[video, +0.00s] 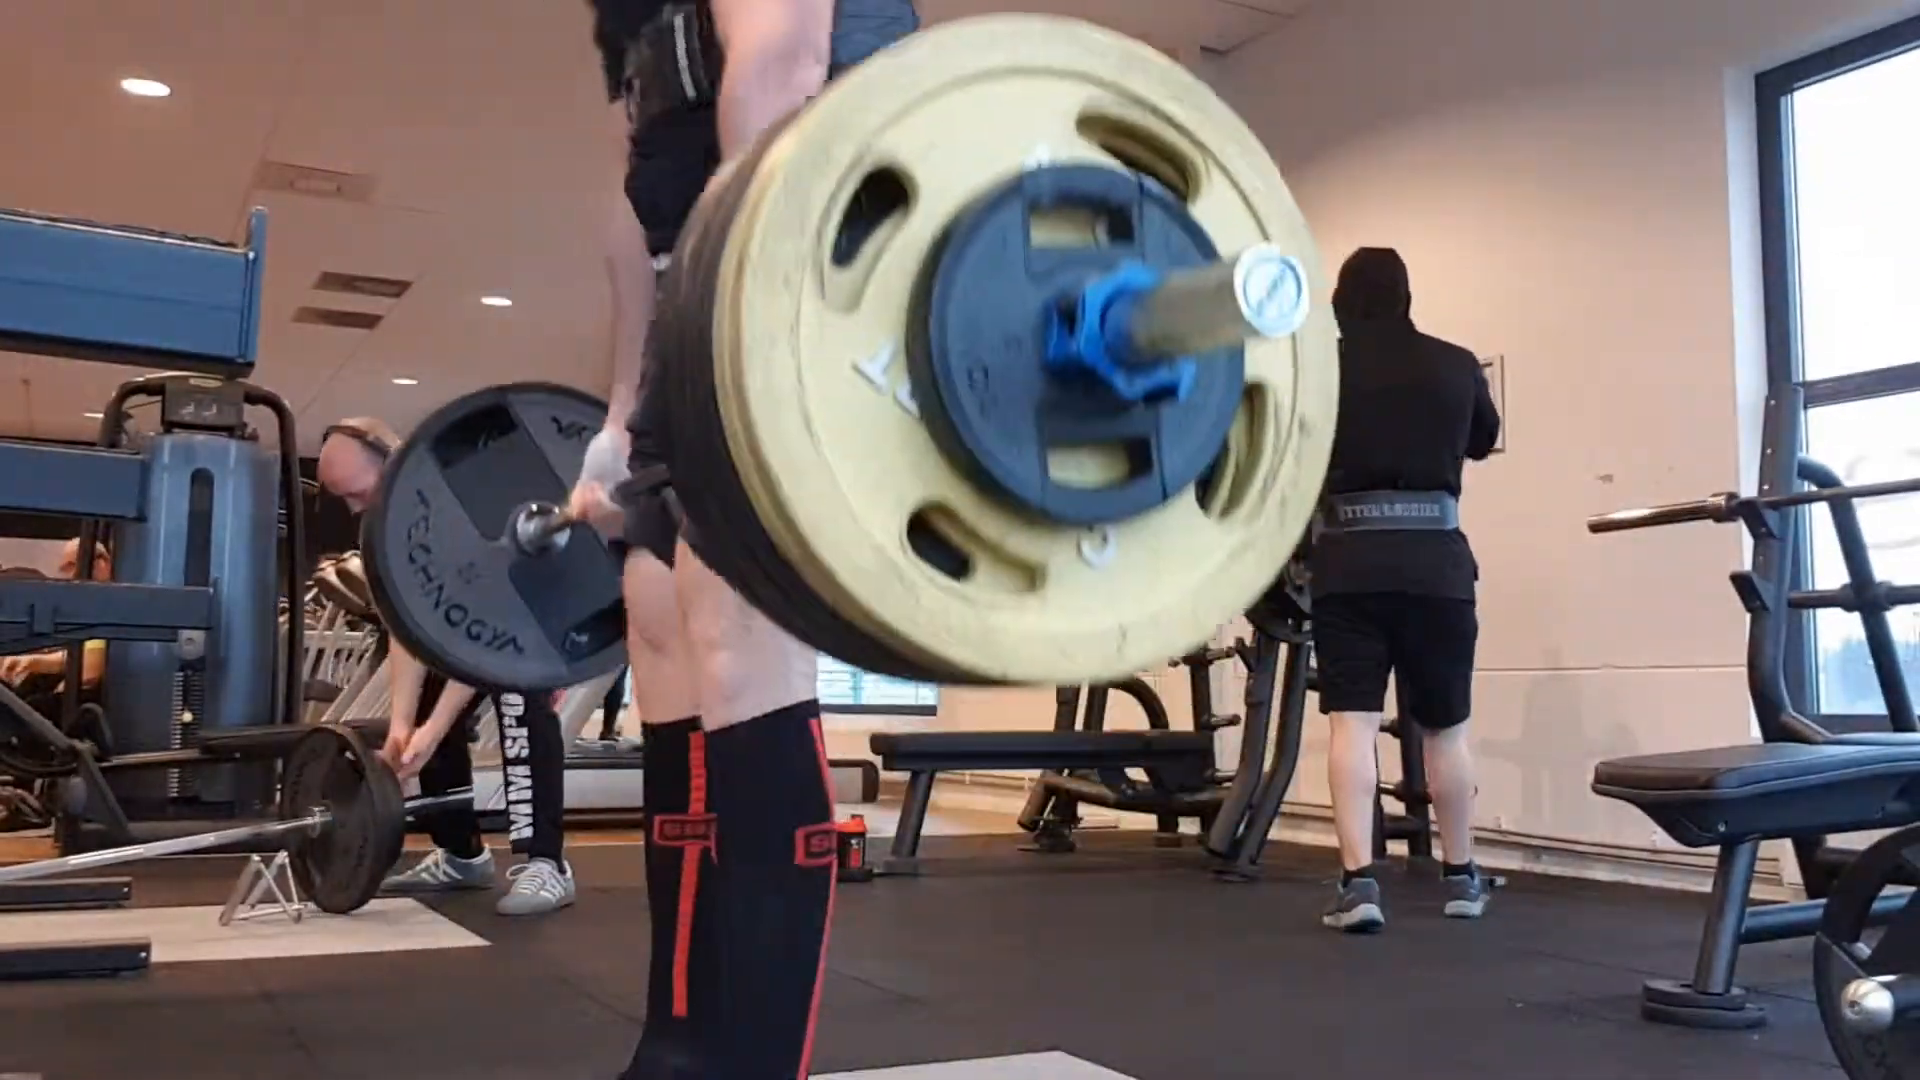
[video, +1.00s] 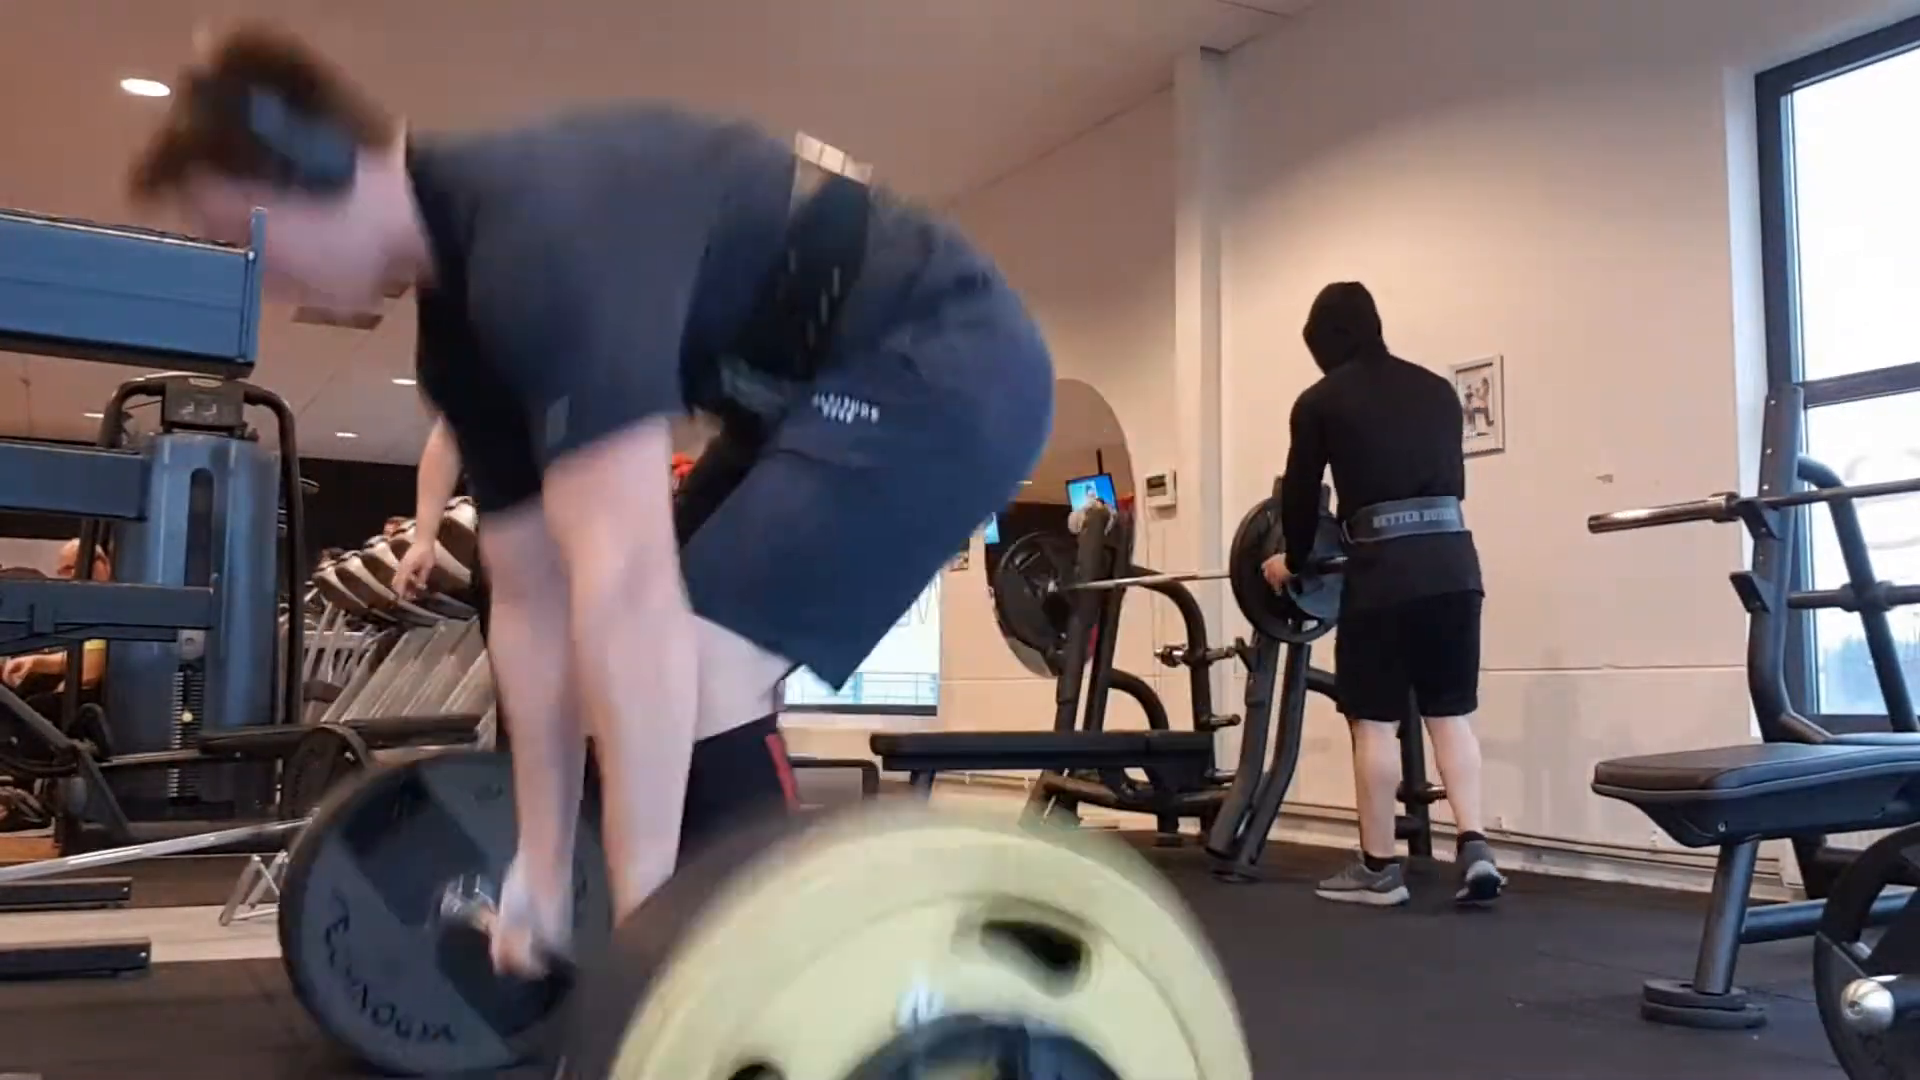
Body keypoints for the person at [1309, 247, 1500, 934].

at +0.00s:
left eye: (1339, 292)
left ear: (1340, 300)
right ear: (1406, 297)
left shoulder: (1320, 361)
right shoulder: (1454, 362)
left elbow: (1296, 447)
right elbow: (1483, 442)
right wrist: (1427, 408)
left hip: (1348, 567)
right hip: (1436, 568)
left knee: (1351, 725)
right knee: (1446, 730)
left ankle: (1359, 886)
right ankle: (1461, 879)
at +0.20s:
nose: (1370, 310)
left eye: (1371, 300)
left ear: (1370, 306)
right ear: (1436, 305)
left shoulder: (1344, 373)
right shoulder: (1481, 376)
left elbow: (1307, 472)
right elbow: (1503, 461)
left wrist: (1297, 559)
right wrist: (1443, 436)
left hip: (1369, 571)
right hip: (1453, 573)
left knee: (1348, 716)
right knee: (1453, 726)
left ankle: (1356, 841)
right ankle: (1460, 877)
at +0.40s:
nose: (1380, 320)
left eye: (1382, 310)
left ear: (1384, 313)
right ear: (1447, 315)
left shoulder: (1357, 376)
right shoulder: (1488, 387)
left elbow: (1316, 469)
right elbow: (1503, 480)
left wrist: (1298, 549)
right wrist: (1435, 493)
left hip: (1380, 571)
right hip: (1459, 574)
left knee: (1346, 703)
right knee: (1455, 721)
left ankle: (1374, 837)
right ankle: (1459, 875)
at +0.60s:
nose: (1364, 330)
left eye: (1366, 320)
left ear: (1370, 322)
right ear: (1431, 322)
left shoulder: (1348, 387)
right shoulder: (1473, 393)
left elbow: (1306, 479)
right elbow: (1479, 486)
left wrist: (1288, 544)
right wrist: (1411, 503)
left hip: (1379, 574)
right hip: (1456, 573)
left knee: (1373, 725)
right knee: (1454, 722)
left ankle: (1380, 869)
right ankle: (1460, 876)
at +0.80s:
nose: (1332, 340)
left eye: (1331, 331)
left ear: (1337, 330)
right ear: (1395, 322)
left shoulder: (1325, 397)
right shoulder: (1450, 389)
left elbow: (1299, 491)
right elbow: (1454, 488)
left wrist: (1294, 553)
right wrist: (1407, 538)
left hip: (1374, 578)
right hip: (1451, 574)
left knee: (1371, 727)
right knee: (1450, 719)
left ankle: (1379, 869)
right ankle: (1461, 862)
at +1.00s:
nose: (1314, 353)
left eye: (1313, 343)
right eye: (1314, 343)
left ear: (1321, 341)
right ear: (1375, 329)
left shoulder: (1321, 401)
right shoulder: (1436, 388)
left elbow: (1301, 495)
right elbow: (1450, 489)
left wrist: (1292, 559)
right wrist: (1392, 538)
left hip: (1381, 579)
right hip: (1454, 572)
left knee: (1374, 724)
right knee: (1451, 712)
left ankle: (1380, 868)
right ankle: (1476, 850)